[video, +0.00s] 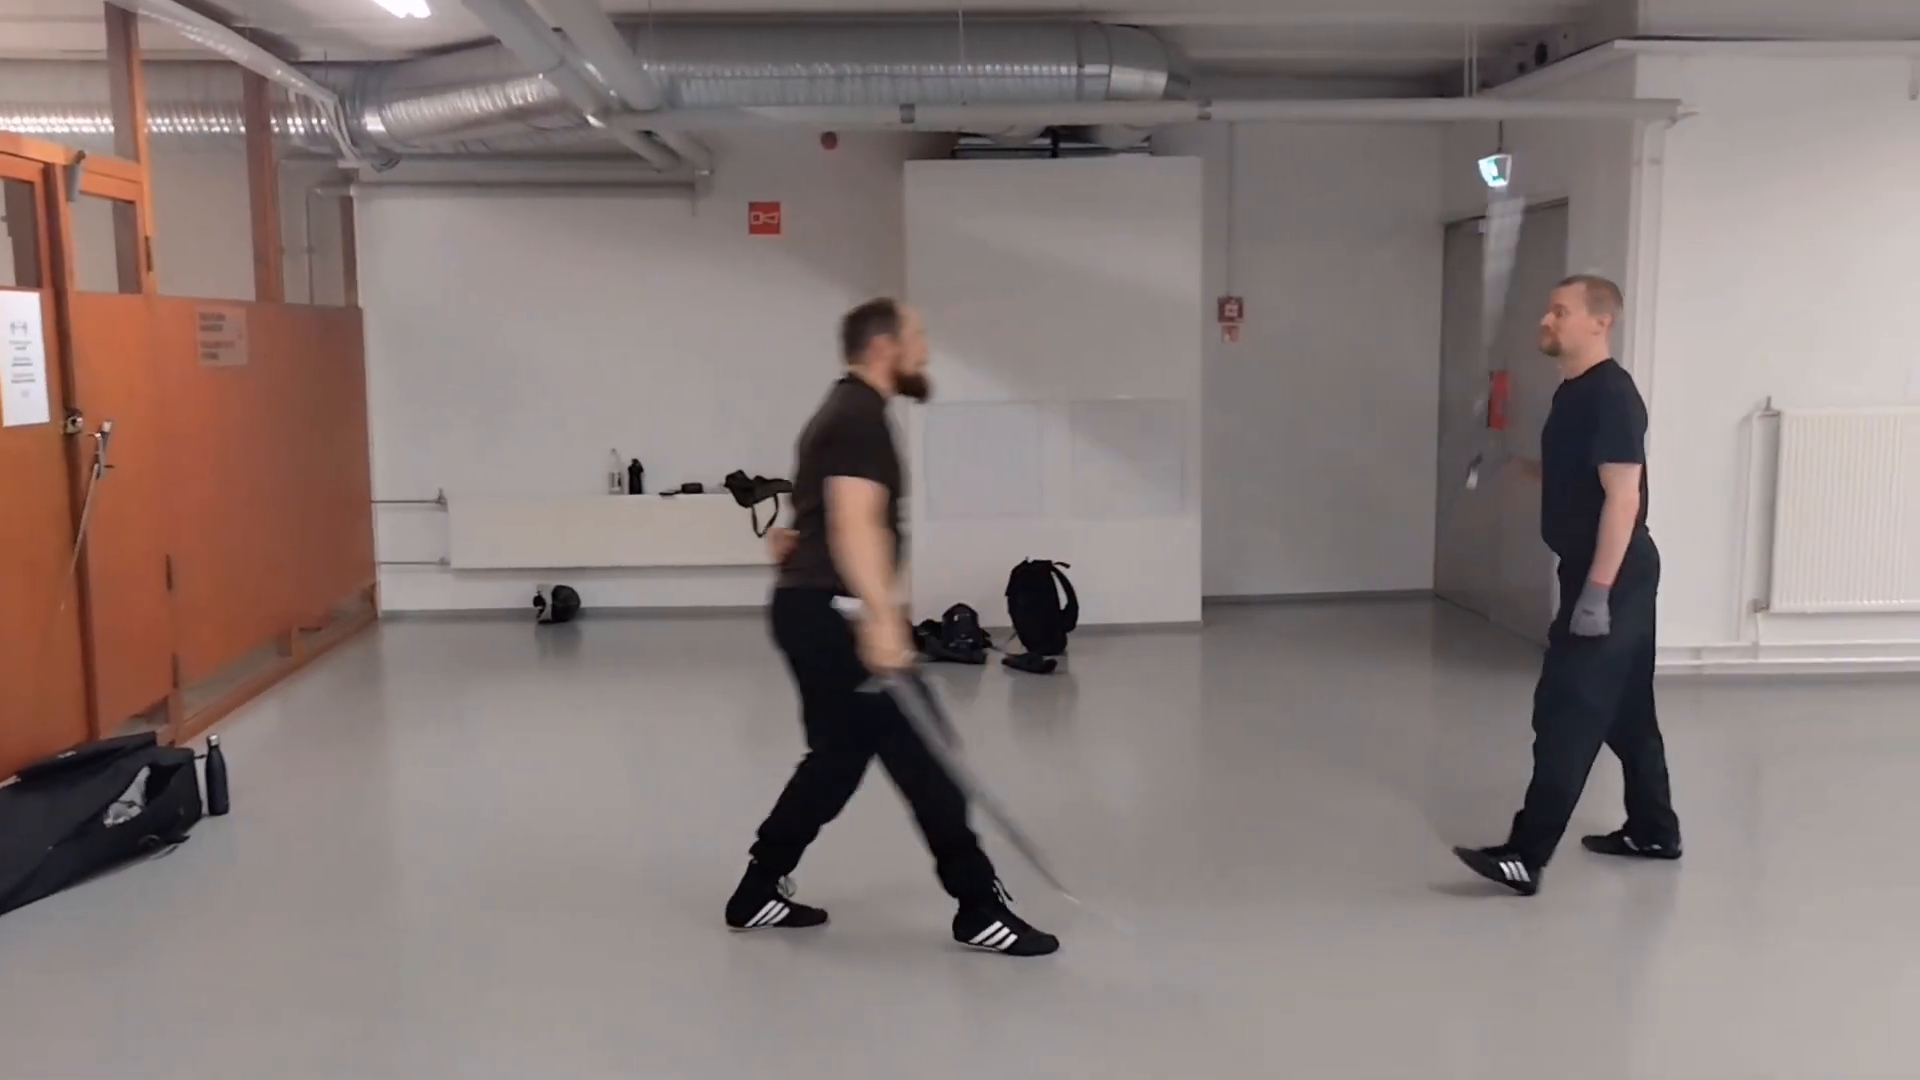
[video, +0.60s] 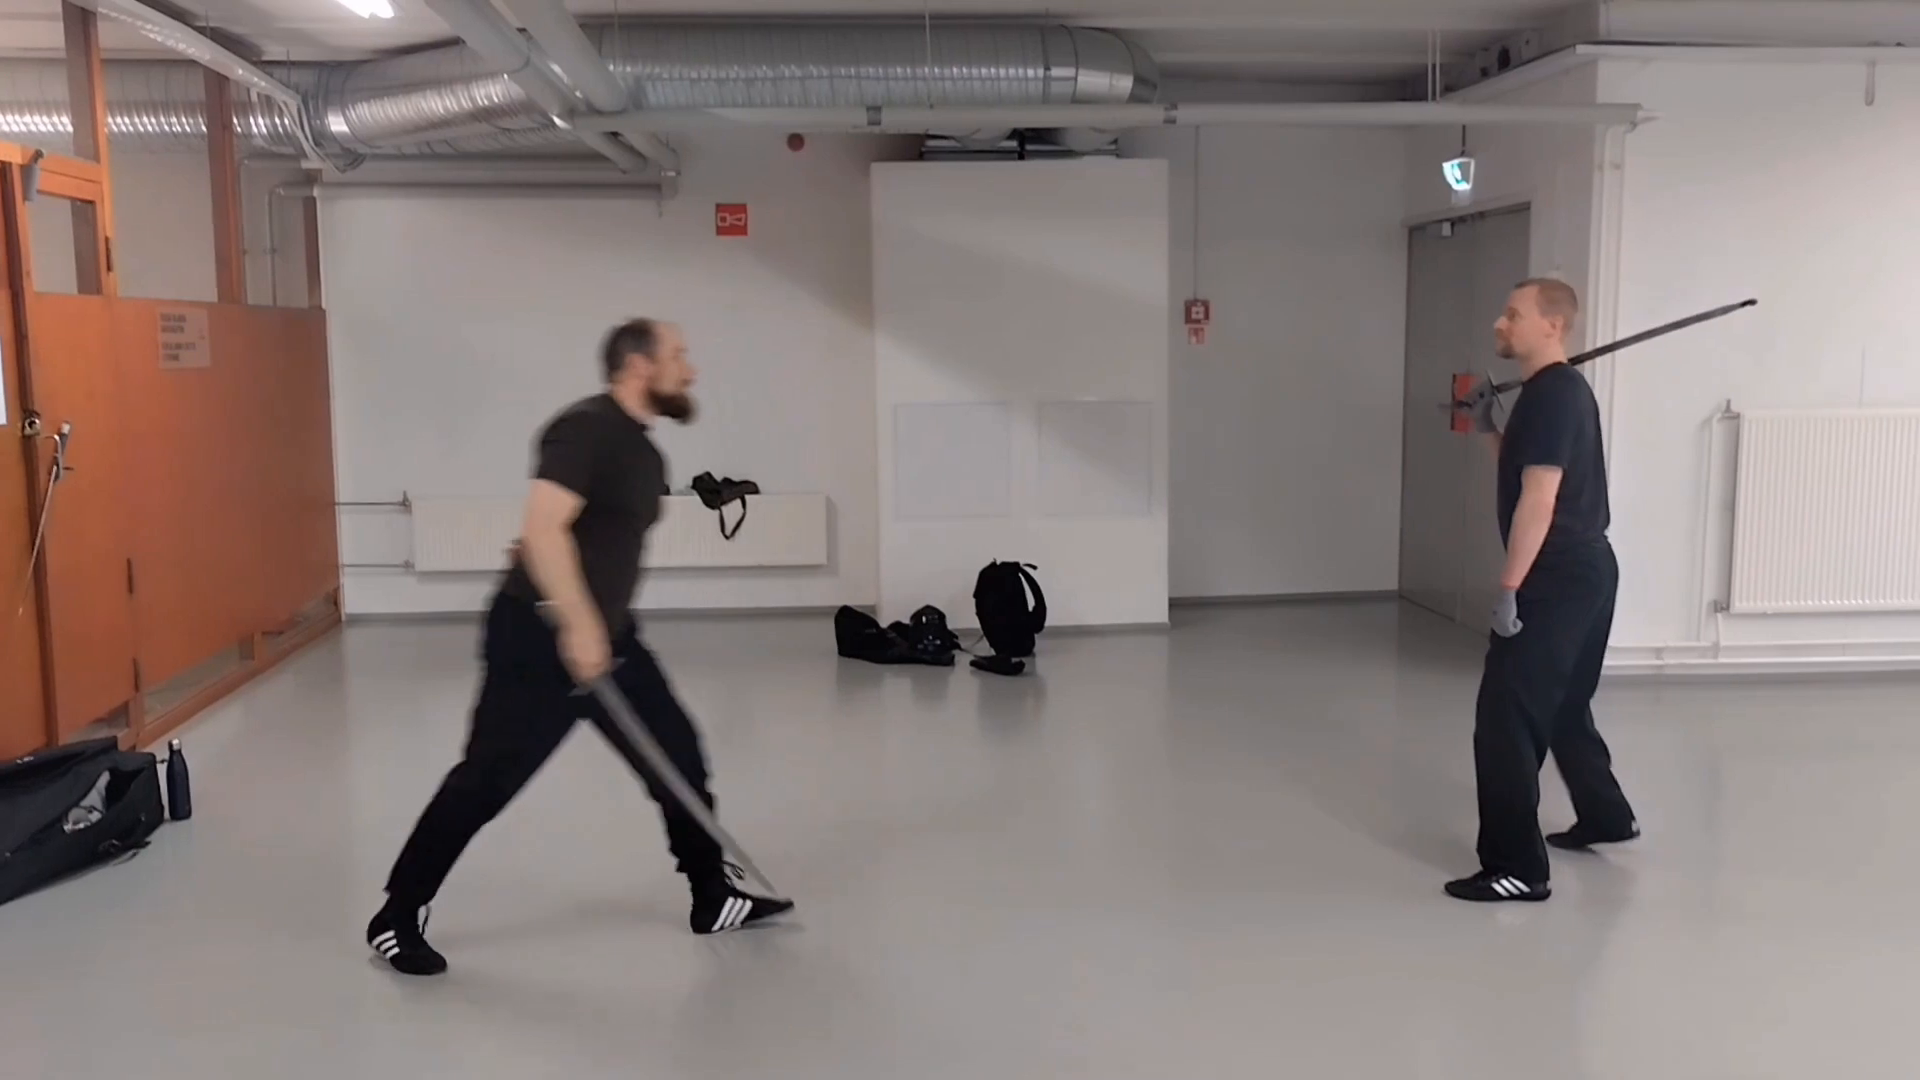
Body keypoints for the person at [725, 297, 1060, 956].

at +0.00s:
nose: (925, 350)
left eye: (922, 338)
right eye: (916, 337)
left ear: (872, 348)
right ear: (882, 346)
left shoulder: (841, 413)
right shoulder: (859, 416)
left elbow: (796, 534)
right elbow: (854, 522)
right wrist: (881, 616)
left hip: (815, 612)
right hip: (837, 612)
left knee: (839, 756)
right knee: (921, 755)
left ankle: (757, 892)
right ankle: (979, 908)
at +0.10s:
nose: (889, 353)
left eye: (886, 340)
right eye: (879, 340)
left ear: (839, 348)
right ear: (842, 347)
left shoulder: (825, 413)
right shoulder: (810, 410)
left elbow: (802, 510)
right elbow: (774, 509)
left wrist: (758, 541)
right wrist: (801, 606)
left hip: (786, 609)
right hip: (783, 611)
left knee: (815, 750)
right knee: (873, 745)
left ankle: (749, 893)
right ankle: (911, 909)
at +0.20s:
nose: (855, 350)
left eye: (852, 338)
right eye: (845, 337)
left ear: (808, 347)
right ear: (809, 346)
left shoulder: (794, 412)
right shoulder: (773, 406)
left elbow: (748, 506)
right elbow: (720, 502)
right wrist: (732, 600)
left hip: (764, 607)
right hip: (743, 609)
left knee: (804, 746)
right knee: (796, 747)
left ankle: (760, 889)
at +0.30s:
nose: (824, 350)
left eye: (820, 337)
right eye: (813, 337)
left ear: (776, 350)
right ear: (774, 347)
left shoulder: (760, 413)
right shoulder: (732, 404)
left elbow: (715, 501)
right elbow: (674, 499)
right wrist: (683, 595)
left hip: (727, 605)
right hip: (688, 603)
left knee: (763, 752)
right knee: (724, 750)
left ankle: (734, 896)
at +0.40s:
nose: (785, 353)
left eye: (781, 340)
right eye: (774, 341)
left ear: (736, 352)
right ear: (736, 352)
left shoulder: (724, 418)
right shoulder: (696, 409)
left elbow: (670, 508)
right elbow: (637, 504)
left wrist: (635, 525)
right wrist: (653, 603)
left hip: (688, 614)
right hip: (638, 613)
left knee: (738, 749)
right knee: (619, 761)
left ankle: (727, 897)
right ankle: (503, 887)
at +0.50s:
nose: (740, 362)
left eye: (736, 349)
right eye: (728, 350)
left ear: (693, 362)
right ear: (689, 361)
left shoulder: (680, 431)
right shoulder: (646, 422)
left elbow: (637, 519)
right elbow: (595, 520)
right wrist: (626, 615)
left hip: (651, 629)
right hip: (594, 630)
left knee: (713, 752)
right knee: (537, 767)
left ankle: (720, 897)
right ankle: (424, 899)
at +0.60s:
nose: (690, 371)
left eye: (687, 358)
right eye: (679, 357)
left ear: (641, 369)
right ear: (635, 366)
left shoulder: (636, 446)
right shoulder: (587, 429)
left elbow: (599, 539)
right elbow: (541, 528)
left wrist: (605, 617)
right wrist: (579, 621)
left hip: (605, 633)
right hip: (540, 634)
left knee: (677, 756)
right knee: (487, 778)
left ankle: (713, 896)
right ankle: (396, 918)